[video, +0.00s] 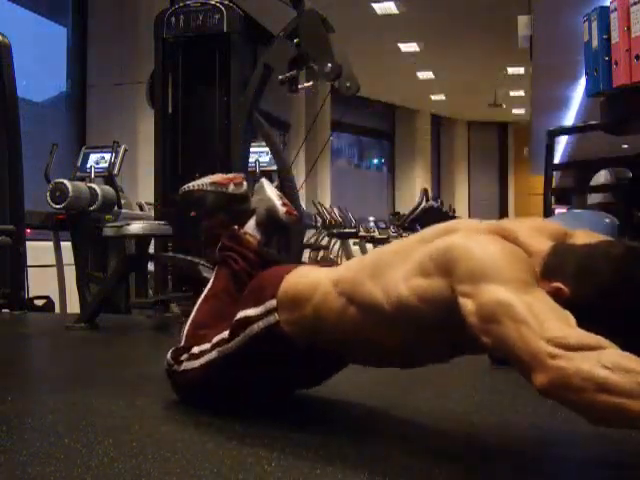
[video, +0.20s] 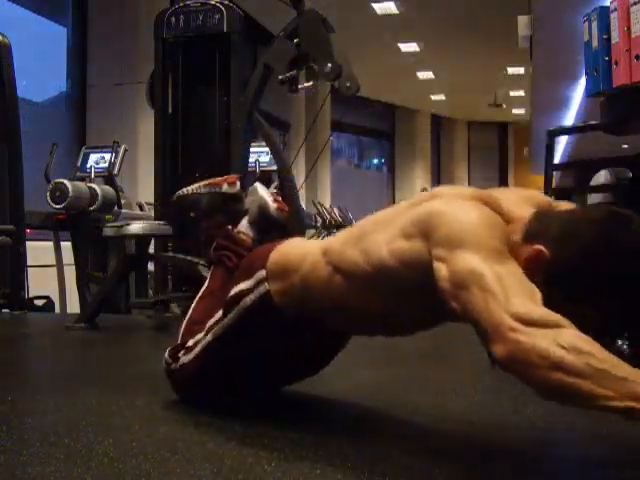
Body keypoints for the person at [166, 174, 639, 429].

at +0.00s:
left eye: (596, 334)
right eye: (586, 324)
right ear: (563, 291)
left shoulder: (561, 243)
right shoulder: (485, 259)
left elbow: (599, 344)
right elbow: (560, 367)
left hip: (331, 317)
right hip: (291, 316)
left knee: (239, 373)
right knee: (186, 372)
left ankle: (265, 252)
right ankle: (233, 254)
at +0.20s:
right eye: (552, 302)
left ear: (540, 251)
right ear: (536, 260)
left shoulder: (541, 214)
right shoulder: (464, 224)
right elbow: (521, 341)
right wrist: (637, 392)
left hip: (330, 315)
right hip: (283, 298)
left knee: (238, 378)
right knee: (184, 372)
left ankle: (261, 252)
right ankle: (233, 256)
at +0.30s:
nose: (514, 283)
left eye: (533, 283)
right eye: (528, 275)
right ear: (514, 233)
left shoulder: (526, 190)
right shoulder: (444, 199)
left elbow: (611, 238)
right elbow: (494, 321)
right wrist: (632, 393)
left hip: (327, 302)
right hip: (275, 285)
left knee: (255, 378)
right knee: (183, 373)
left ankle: (257, 246)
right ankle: (227, 249)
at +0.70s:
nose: (451, 215)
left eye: (464, 208)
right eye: (453, 201)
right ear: (426, 152)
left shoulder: (463, 142)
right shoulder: (359, 124)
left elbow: (537, 226)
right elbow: (360, 249)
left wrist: (600, 313)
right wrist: (455, 357)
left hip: (299, 264)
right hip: (232, 243)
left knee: (240, 378)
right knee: (182, 378)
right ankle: (178, 259)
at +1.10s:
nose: (395, 201)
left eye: (409, 195)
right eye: (395, 190)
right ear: (371, 149)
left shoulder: (406, 138)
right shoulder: (305, 133)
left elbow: (470, 222)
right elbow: (294, 250)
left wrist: (517, 311)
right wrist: (379, 351)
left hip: (266, 250)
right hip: (200, 236)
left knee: (224, 371)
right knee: (185, 375)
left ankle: (147, 307)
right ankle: (115, 307)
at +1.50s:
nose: (425, 226)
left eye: (438, 221)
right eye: (425, 215)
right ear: (395, 171)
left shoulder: (423, 153)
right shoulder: (329, 150)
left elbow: (503, 231)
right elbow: (344, 266)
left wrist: (577, 314)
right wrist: (452, 361)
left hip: (274, 258)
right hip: (209, 246)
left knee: (225, 375)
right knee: (177, 375)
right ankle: (161, 252)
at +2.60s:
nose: (503, 255)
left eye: (516, 248)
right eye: (506, 243)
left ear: (474, 193)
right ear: (476, 200)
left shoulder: (486, 174)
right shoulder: (402, 177)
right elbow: (439, 300)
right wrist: (577, 388)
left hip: (305, 312)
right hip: (252, 297)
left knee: (230, 377)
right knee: (182, 369)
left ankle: (235, 252)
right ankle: (214, 251)